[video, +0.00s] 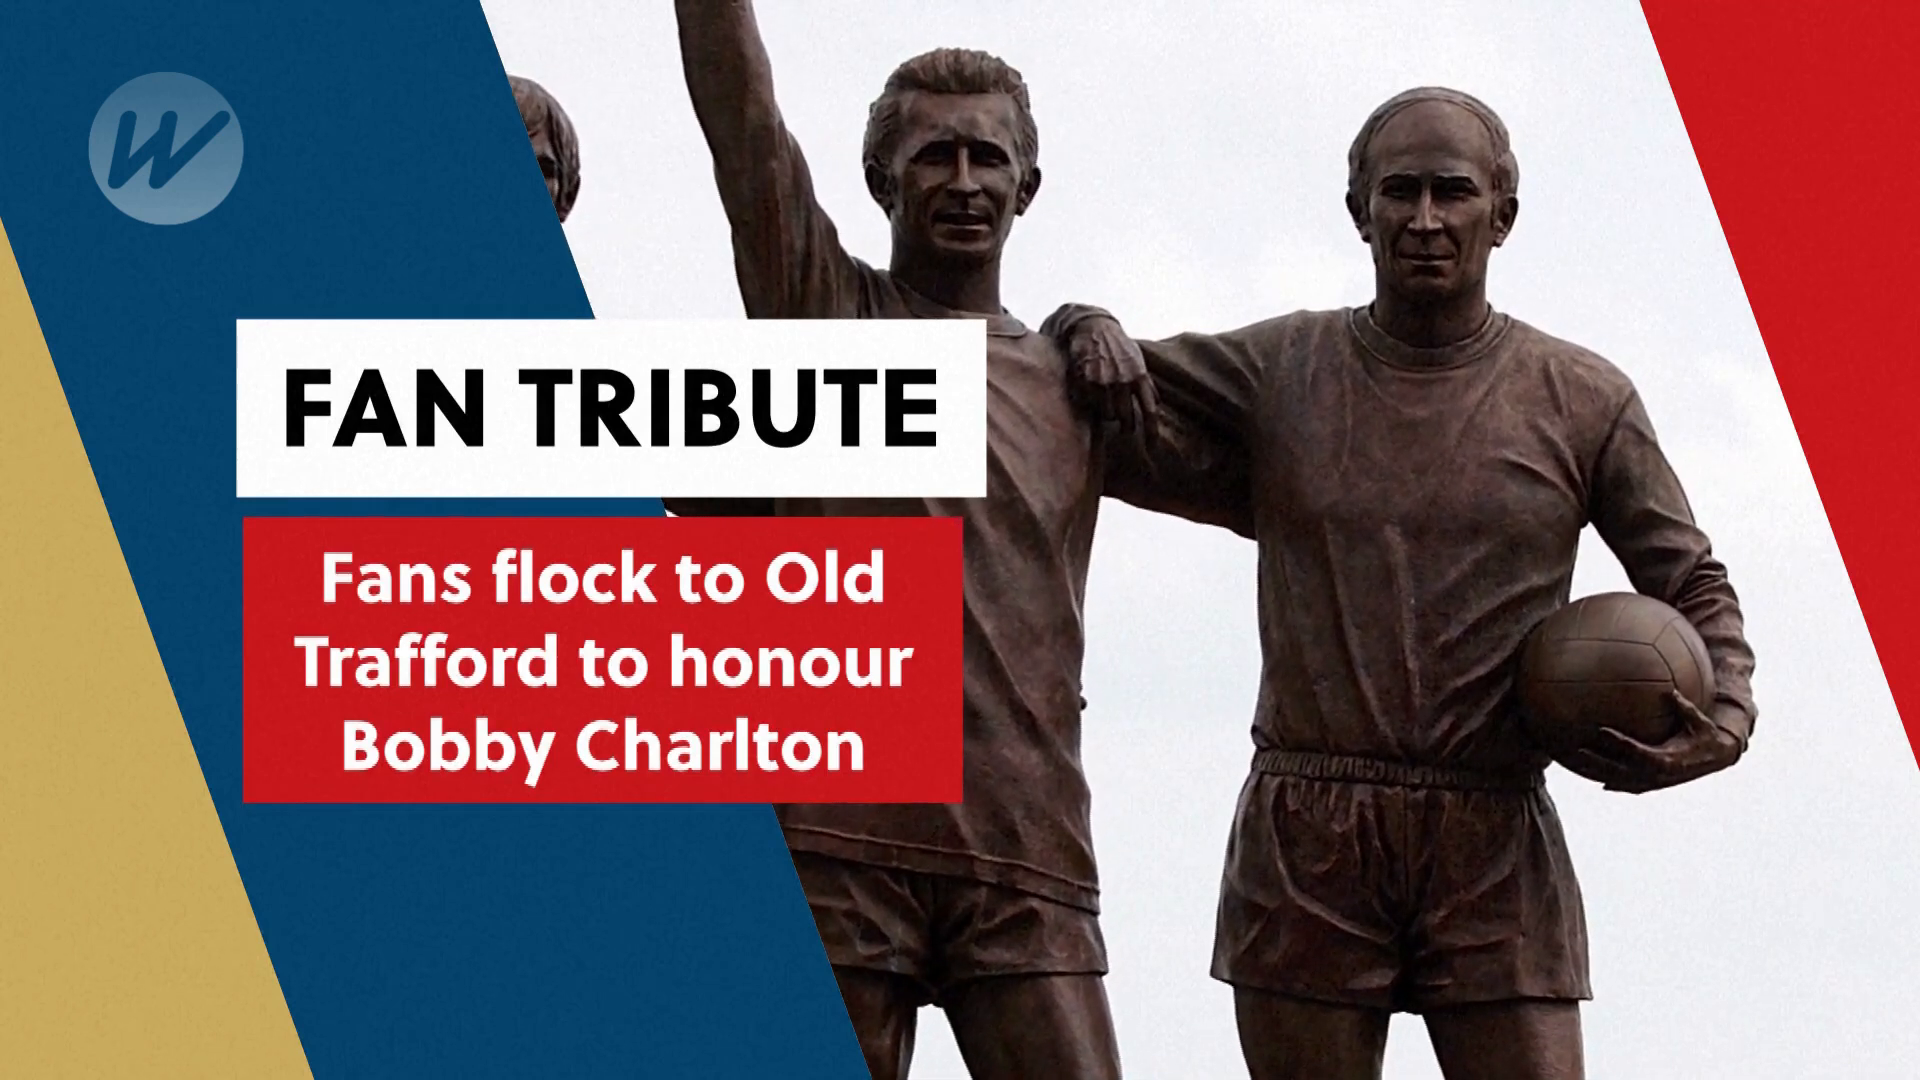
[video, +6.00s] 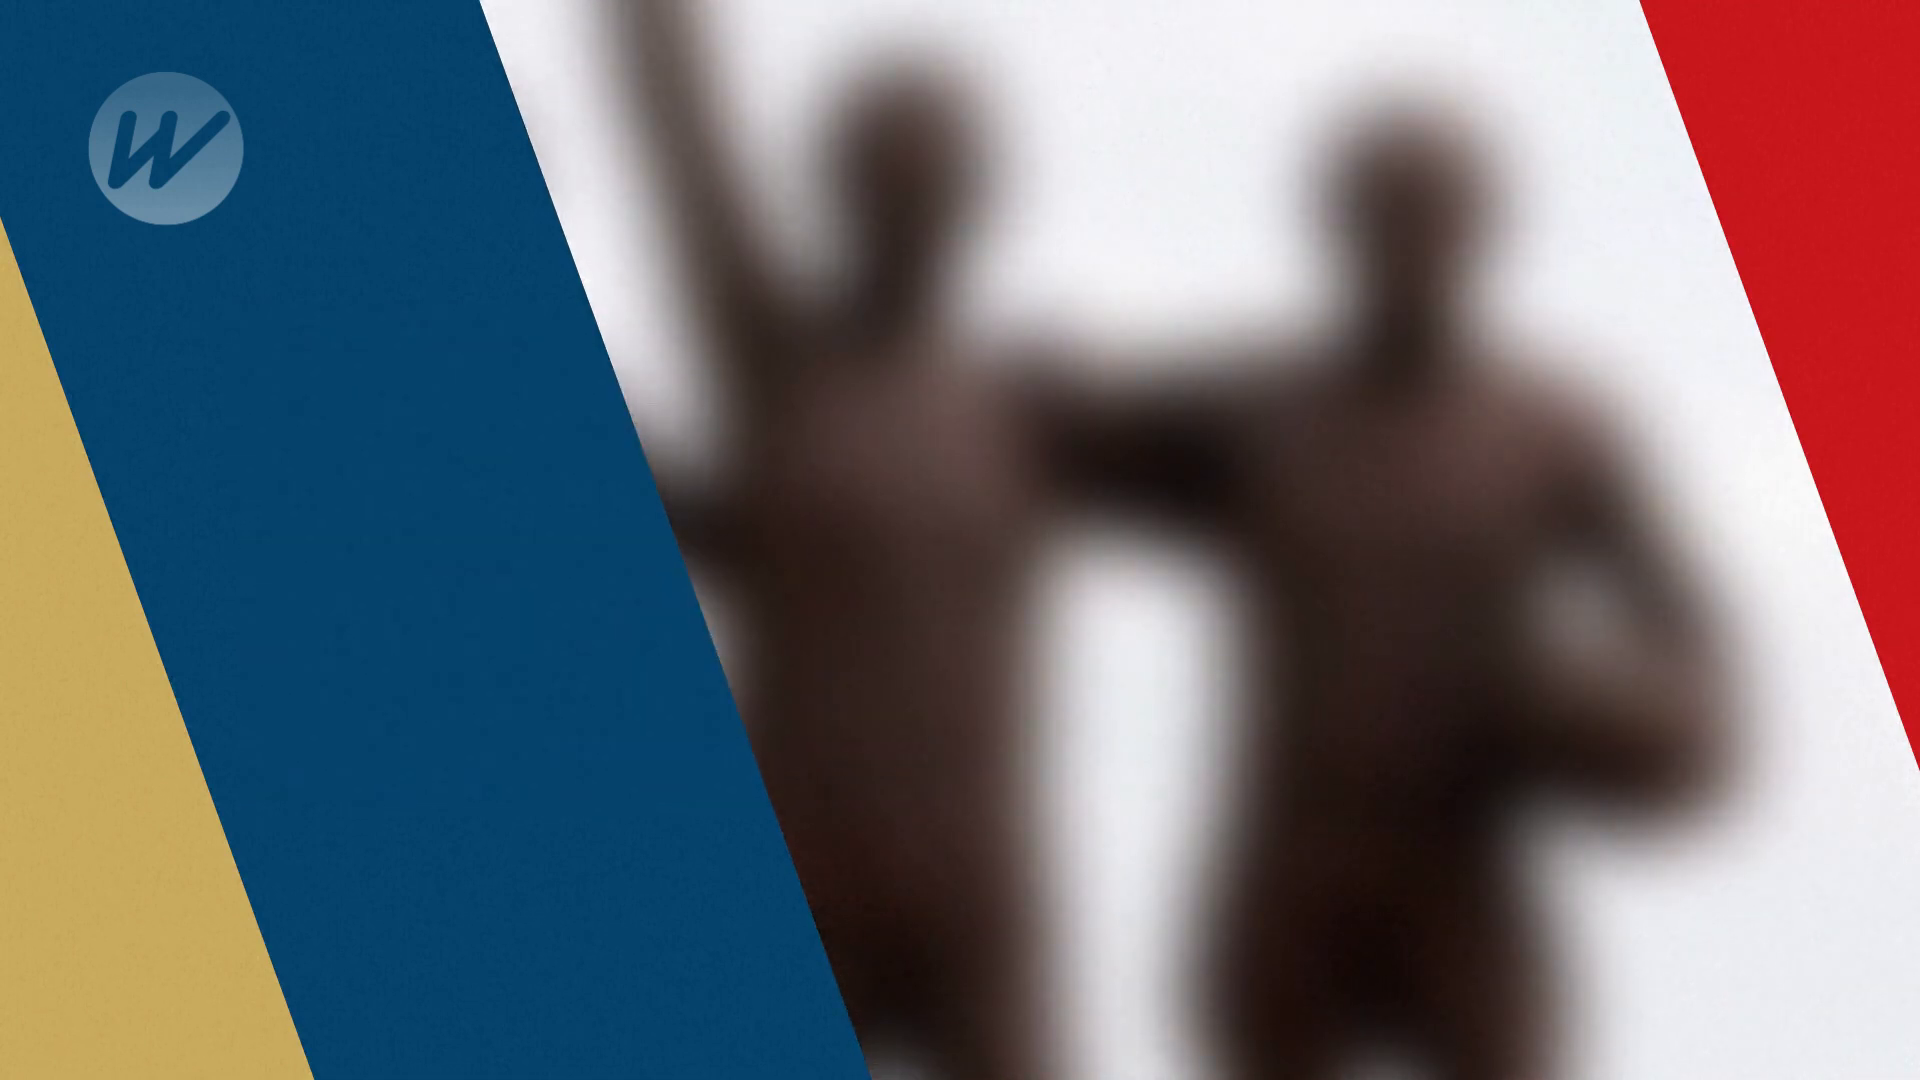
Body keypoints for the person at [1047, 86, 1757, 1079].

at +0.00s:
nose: (1425, 217)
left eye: (1454, 190)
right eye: (1399, 191)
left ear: (1505, 215)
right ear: (1359, 211)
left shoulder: (1583, 397)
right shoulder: (1279, 366)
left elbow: (1691, 582)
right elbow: (1108, 403)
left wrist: (1725, 706)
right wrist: (1083, 326)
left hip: (1495, 845)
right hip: (1306, 841)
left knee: (1539, 1065)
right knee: (1304, 1068)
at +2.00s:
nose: (1414, 224)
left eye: (1443, 197)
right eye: (1387, 199)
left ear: (1495, 221)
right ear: (1347, 220)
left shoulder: (1577, 408)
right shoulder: (1265, 377)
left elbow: (1686, 599)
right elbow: (1084, 410)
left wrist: (1721, 730)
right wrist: (1066, 337)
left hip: (1485, 863)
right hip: (1291, 859)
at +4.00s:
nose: (1402, 233)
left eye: (1432, 204)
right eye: (1375, 206)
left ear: (1486, 228)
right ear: (1335, 227)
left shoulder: (1569, 419)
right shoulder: (1252, 387)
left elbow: (1681, 614)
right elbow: (1079, 440)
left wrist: (1718, 752)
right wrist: (1046, 351)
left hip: (1478, 891)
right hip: (1276, 885)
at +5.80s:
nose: (1407, 247)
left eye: (1431, 213)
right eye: (1384, 213)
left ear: (1475, 226)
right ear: (1345, 224)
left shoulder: (1549, 436)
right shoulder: (1265, 420)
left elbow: (1692, 690)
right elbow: (1052, 434)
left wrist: (1582, 708)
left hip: (1467, 908)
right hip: (1287, 902)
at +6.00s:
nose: (1411, 252)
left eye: (1433, 218)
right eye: (1388, 218)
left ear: (1471, 230)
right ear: (1350, 228)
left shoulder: (1546, 442)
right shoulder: (1270, 429)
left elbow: (1685, 725)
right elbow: (1024, 427)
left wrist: (1531, 705)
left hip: (1467, 919)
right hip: (1293, 913)